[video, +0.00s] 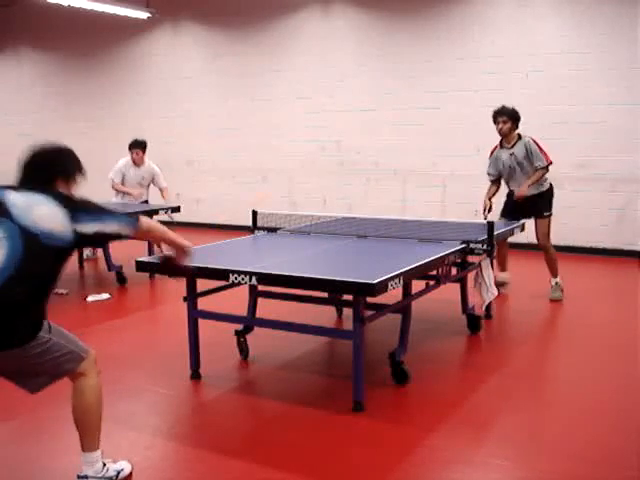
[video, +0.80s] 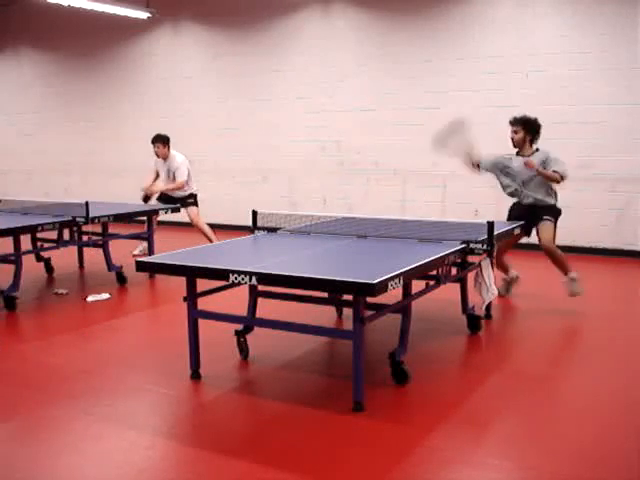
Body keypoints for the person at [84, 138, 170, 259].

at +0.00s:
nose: (134, 156)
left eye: (137, 153)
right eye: (132, 153)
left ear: (143, 153)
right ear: (129, 153)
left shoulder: (151, 168)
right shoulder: (123, 165)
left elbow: (162, 187)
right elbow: (114, 184)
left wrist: (167, 200)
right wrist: (131, 192)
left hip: (142, 204)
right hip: (122, 203)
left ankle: (160, 251)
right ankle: (94, 248)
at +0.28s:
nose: (148, 160)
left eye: (150, 156)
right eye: (144, 158)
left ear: (153, 155)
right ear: (139, 159)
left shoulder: (160, 165)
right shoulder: (135, 167)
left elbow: (174, 178)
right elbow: (127, 185)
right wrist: (138, 198)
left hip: (157, 200)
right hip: (141, 201)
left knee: (155, 220)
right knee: (117, 223)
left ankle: (165, 252)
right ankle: (97, 247)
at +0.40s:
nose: (146, 153)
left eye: (148, 150)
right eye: (143, 151)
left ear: (153, 146)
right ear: (141, 150)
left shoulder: (163, 154)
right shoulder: (141, 160)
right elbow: (131, 177)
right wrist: (128, 175)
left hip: (165, 195)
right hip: (147, 194)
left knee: (156, 219)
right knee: (126, 218)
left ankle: (165, 250)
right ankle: (121, 242)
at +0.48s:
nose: (143, 149)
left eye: (146, 145)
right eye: (141, 146)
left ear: (153, 144)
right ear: (140, 146)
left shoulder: (164, 151)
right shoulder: (141, 154)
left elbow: (163, 162)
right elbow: (135, 163)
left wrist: (138, 158)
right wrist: (126, 166)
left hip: (168, 191)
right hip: (152, 190)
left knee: (164, 219)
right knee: (133, 217)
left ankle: (168, 250)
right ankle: (133, 244)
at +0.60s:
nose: (144, 148)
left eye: (147, 145)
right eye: (143, 145)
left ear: (155, 144)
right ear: (141, 145)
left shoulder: (168, 155)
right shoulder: (143, 156)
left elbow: (168, 175)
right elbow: (134, 166)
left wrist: (141, 173)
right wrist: (128, 174)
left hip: (176, 189)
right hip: (159, 190)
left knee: (179, 215)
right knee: (147, 217)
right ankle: (145, 245)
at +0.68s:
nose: (146, 149)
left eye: (149, 146)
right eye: (144, 146)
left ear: (157, 145)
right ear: (143, 146)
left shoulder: (169, 156)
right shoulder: (145, 158)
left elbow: (169, 178)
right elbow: (136, 169)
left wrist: (144, 178)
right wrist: (131, 178)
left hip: (177, 191)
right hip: (160, 192)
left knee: (183, 218)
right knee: (147, 218)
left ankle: (204, 244)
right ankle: (144, 245)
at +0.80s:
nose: (155, 151)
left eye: (158, 148)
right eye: (154, 148)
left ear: (166, 147)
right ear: (155, 148)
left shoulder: (179, 160)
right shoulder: (159, 161)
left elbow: (181, 184)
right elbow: (156, 176)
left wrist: (160, 189)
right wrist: (149, 189)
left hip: (186, 195)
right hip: (168, 194)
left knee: (195, 220)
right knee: (151, 215)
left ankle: (217, 245)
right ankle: (146, 244)